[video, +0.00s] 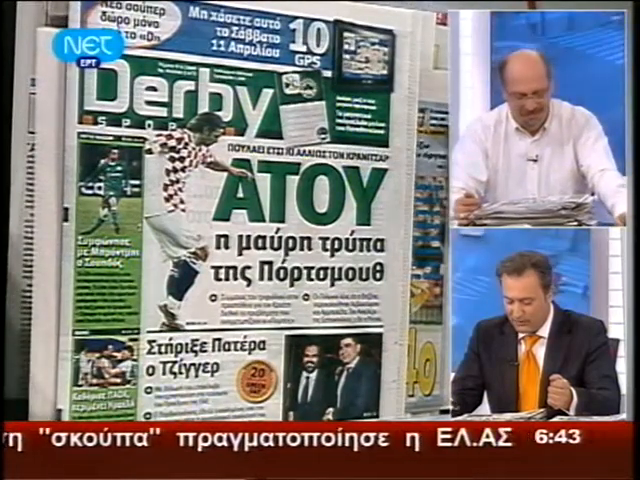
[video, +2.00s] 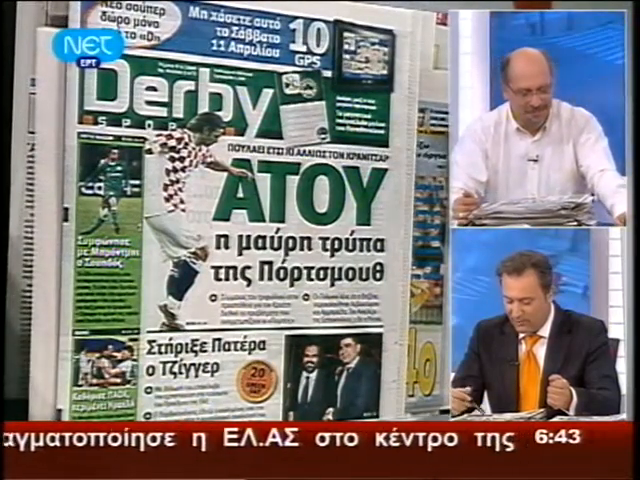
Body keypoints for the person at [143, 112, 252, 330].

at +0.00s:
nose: (215, 141)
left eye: (217, 137)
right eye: (215, 136)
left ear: (207, 132)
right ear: (205, 130)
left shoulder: (199, 149)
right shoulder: (178, 137)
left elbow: (212, 162)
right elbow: (149, 146)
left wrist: (231, 170)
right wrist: (154, 148)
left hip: (166, 209)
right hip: (161, 207)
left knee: (181, 260)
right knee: (200, 251)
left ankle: (171, 317)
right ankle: (172, 304)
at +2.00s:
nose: (215, 141)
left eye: (217, 137)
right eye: (215, 136)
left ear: (206, 132)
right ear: (205, 130)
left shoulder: (199, 149)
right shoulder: (179, 137)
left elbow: (212, 162)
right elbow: (150, 146)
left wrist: (231, 170)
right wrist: (153, 148)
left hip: (166, 209)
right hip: (161, 208)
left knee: (181, 260)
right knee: (200, 251)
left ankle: (171, 317)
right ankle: (172, 304)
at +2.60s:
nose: (215, 141)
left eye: (217, 137)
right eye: (215, 136)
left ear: (206, 132)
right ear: (205, 130)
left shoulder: (199, 149)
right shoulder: (179, 137)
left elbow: (212, 162)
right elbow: (150, 145)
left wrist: (231, 170)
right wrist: (153, 148)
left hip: (167, 209)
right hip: (161, 207)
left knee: (181, 260)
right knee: (200, 251)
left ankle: (171, 317)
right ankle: (172, 304)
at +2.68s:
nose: (215, 141)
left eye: (217, 137)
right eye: (215, 136)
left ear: (206, 132)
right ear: (205, 130)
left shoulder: (199, 149)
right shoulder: (179, 137)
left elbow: (212, 162)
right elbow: (150, 145)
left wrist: (231, 170)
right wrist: (153, 148)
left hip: (167, 209)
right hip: (161, 207)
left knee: (181, 260)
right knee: (200, 251)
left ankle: (171, 317)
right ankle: (172, 304)